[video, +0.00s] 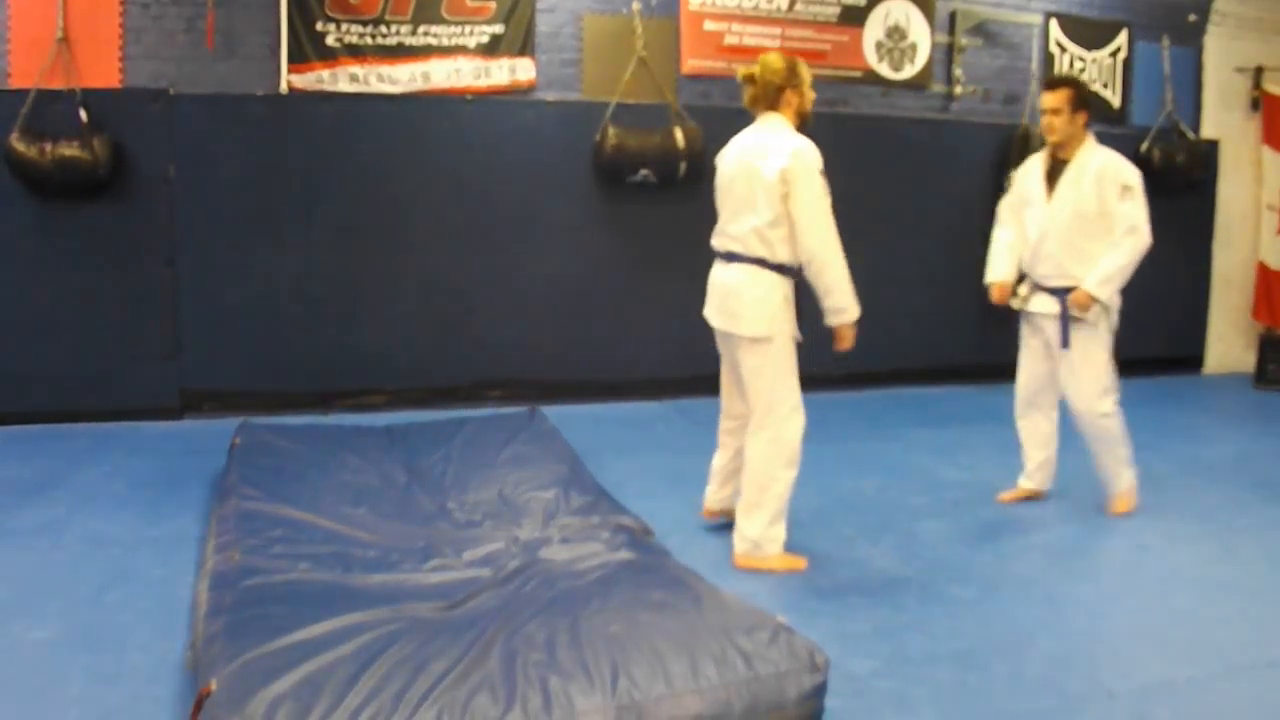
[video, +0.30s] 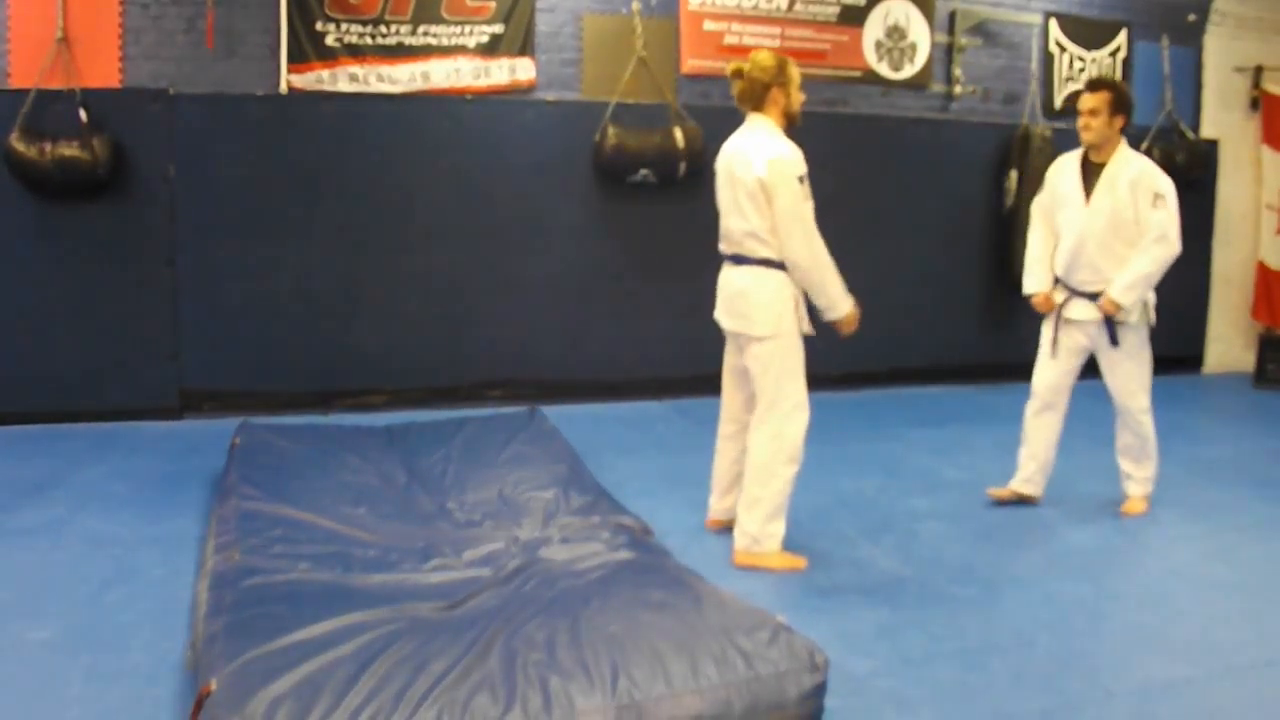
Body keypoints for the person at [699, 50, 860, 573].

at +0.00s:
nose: (811, 98)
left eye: (809, 89)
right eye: (807, 90)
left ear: (759, 94)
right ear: (792, 95)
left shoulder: (733, 148)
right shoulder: (797, 153)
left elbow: (734, 223)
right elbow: (817, 240)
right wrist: (842, 312)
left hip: (723, 280)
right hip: (765, 290)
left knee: (737, 403)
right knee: (779, 417)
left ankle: (721, 496)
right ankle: (758, 543)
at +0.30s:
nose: (802, 96)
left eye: (799, 87)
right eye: (796, 88)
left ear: (755, 95)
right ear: (778, 94)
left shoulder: (733, 146)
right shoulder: (780, 155)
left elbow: (738, 226)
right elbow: (799, 241)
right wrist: (839, 304)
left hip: (733, 279)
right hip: (769, 287)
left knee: (738, 402)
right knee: (784, 412)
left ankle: (724, 506)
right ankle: (758, 541)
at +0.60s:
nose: (797, 99)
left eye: (794, 90)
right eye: (793, 91)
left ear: (749, 95)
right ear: (776, 95)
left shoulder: (732, 149)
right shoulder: (779, 156)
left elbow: (735, 231)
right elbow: (790, 248)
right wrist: (812, 320)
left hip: (735, 277)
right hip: (766, 286)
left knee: (735, 403)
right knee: (784, 414)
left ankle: (720, 506)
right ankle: (756, 541)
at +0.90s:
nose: (799, 100)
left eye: (795, 91)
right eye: (794, 92)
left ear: (752, 96)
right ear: (778, 95)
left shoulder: (731, 149)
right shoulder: (779, 154)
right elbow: (800, 241)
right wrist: (876, 254)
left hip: (733, 283)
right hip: (767, 291)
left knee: (734, 404)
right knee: (782, 416)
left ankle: (720, 506)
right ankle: (756, 541)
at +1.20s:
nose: (809, 112)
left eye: (807, 103)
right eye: (804, 102)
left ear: (768, 102)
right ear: (781, 101)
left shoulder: (745, 144)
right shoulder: (775, 153)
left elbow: (802, 214)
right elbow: (834, 227)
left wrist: (837, 196)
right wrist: (870, 200)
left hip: (722, 286)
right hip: (743, 293)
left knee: (753, 407)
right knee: (776, 418)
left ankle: (730, 504)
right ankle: (758, 543)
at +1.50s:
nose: (744, 144)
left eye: (748, 134)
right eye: (734, 135)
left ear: (751, 133)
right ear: (707, 136)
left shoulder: (744, 181)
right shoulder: (692, 189)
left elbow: (774, 229)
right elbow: (755, 249)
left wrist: (784, 196)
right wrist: (812, 213)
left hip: (737, 320)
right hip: (691, 323)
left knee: (772, 429)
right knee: (721, 438)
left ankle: (749, 517)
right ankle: (666, 493)